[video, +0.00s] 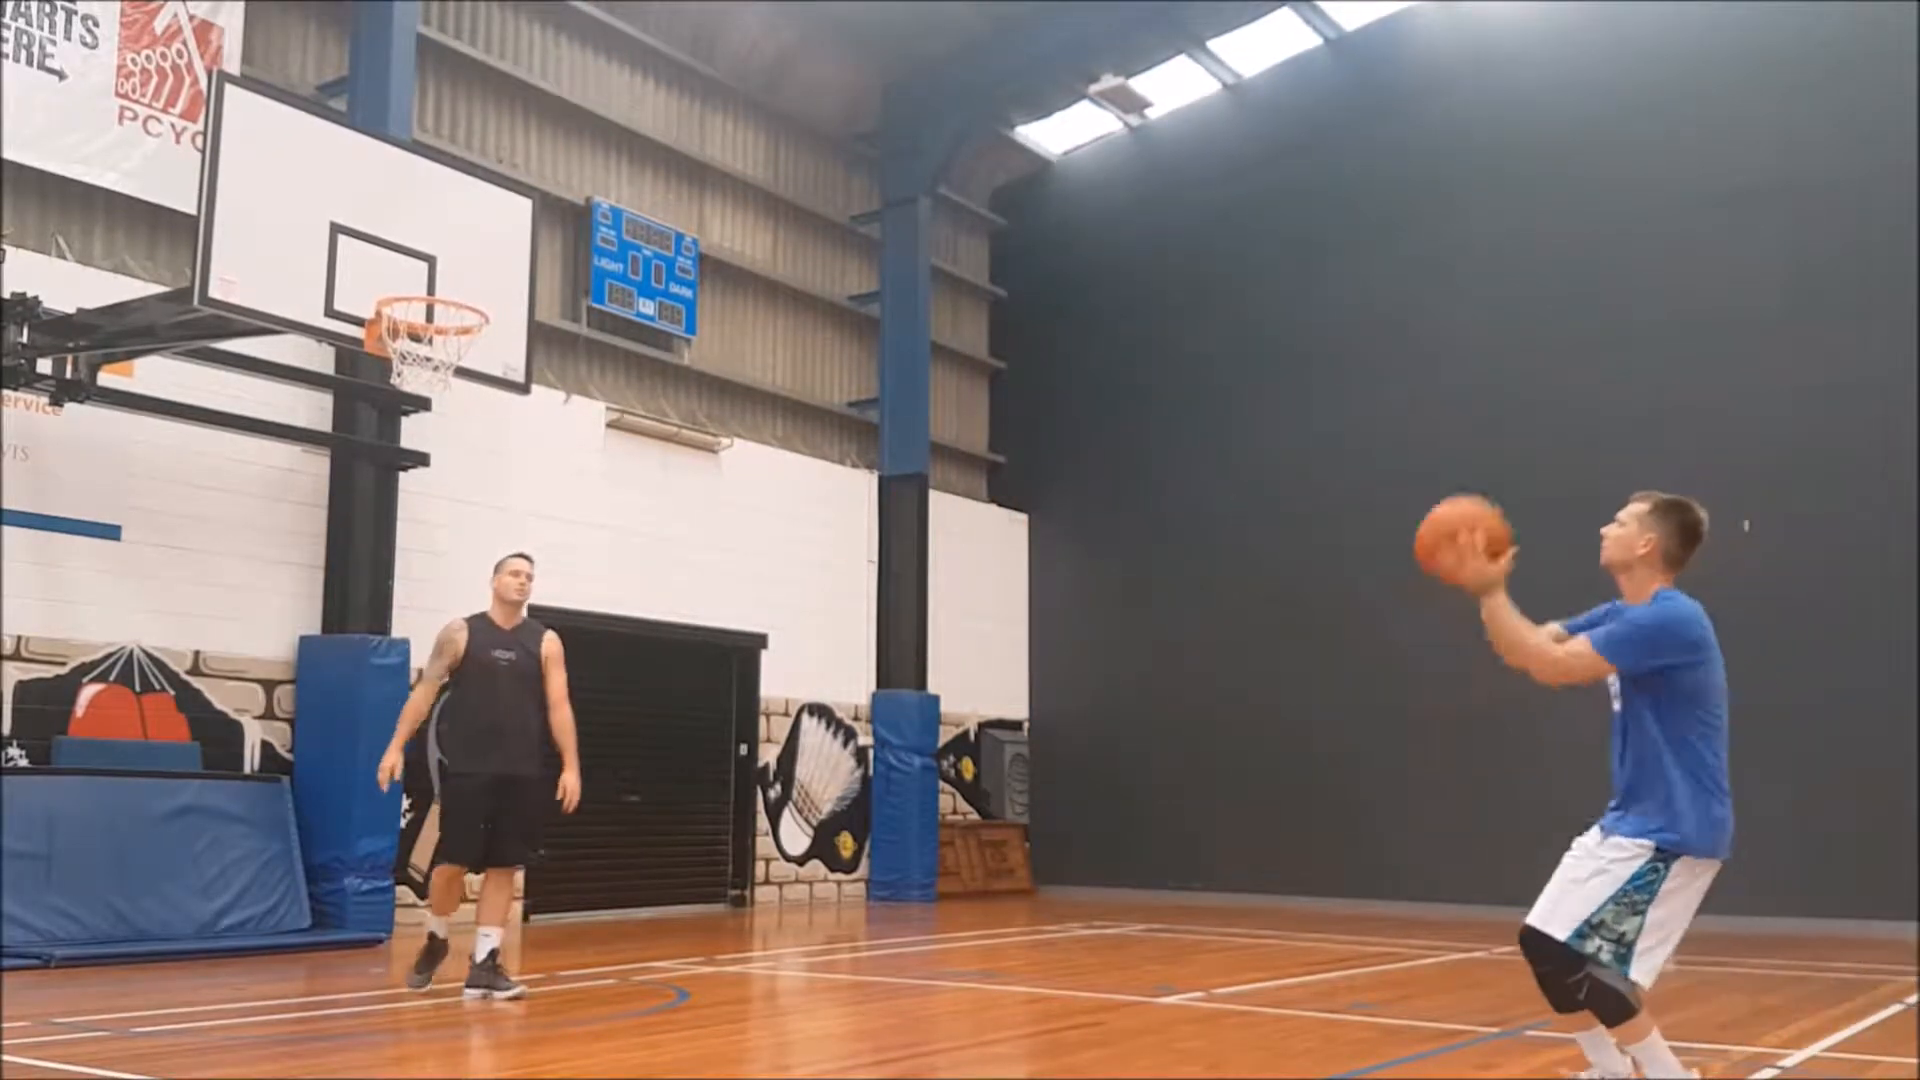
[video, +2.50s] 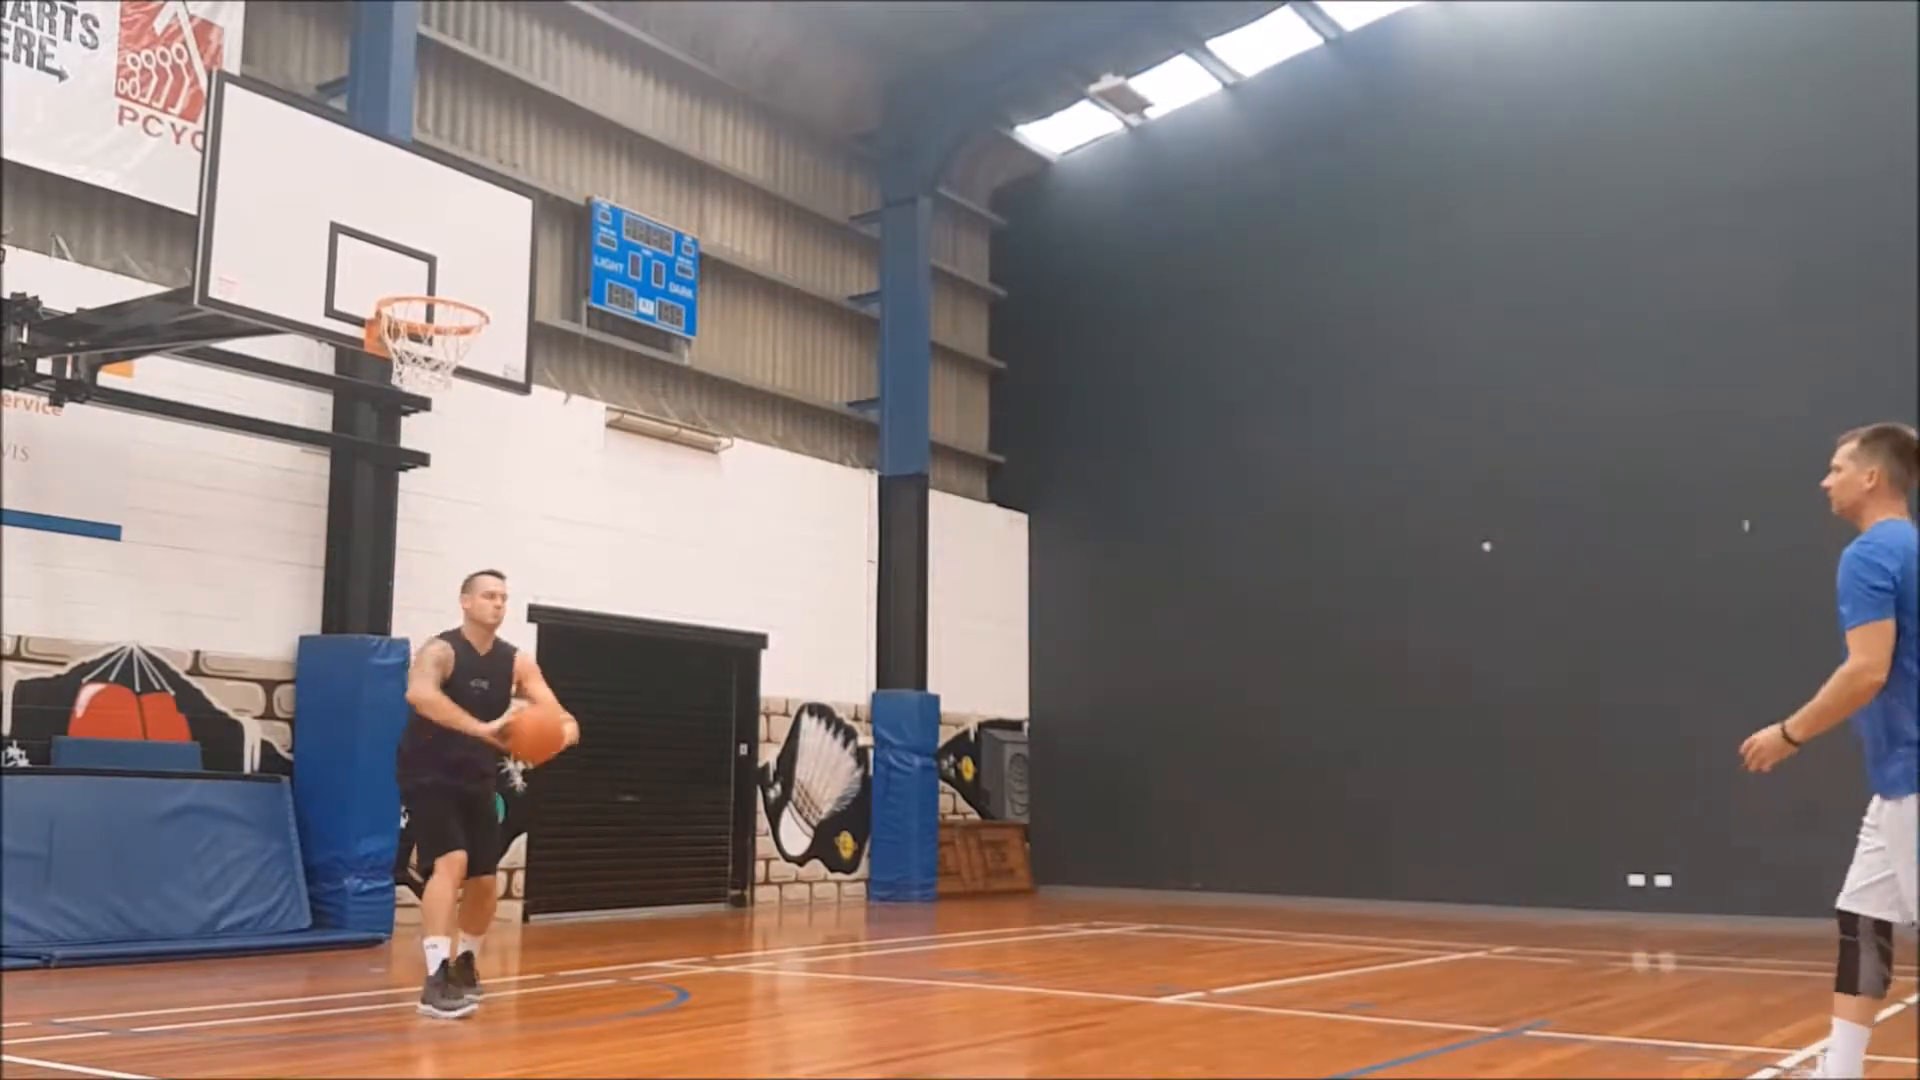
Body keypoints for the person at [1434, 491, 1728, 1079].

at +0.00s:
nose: (1603, 530)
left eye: (1616, 522)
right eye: (1611, 520)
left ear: (1646, 543)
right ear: (1644, 545)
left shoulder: (1672, 619)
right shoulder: (1623, 614)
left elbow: (1555, 665)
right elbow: (1525, 649)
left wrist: (1490, 591)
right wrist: (1486, 587)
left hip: (1677, 830)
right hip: (1630, 818)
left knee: (1584, 960)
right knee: (1544, 940)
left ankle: (1668, 1072)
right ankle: (1611, 1070)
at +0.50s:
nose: (1615, 371)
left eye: (1630, 366)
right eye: (1625, 364)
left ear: (1654, 390)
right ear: (1645, 390)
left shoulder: (1646, 447)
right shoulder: (1614, 439)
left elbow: (1542, 400)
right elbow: (1556, 360)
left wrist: (1473, 329)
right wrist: (1517, 284)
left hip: (1606, 678)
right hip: (1556, 669)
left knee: (1586, 850)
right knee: (1540, 844)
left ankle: (1612, 1018)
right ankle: (1541, 1003)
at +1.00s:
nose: (1628, 445)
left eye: (1644, 439)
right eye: (1639, 436)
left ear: (1669, 464)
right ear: (1665, 466)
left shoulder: (1673, 540)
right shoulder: (1629, 520)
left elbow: (1562, 603)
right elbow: (1570, 470)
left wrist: (1482, 551)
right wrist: (1523, 403)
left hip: (1642, 763)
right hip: (1588, 748)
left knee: (1631, 915)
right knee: (1500, 863)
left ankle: (1654, 1069)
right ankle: (1457, 1021)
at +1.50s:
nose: (1650, 450)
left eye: (1664, 444)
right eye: (1659, 442)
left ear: (1692, 469)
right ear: (1689, 472)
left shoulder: (1698, 546)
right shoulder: (1657, 531)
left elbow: (1727, 660)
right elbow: (1591, 487)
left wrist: (1738, 767)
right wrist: (1540, 432)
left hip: (1682, 771)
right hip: (1647, 763)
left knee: (1657, 924)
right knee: (1644, 918)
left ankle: (1654, 1071)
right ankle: (1748, 1055)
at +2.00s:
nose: (1717, 472)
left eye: (1728, 461)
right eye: (1722, 461)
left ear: (1762, 474)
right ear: (1767, 478)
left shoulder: (1771, 544)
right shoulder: (1792, 543)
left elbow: (1773, 654)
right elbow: (1744, 670)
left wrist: (1710, 741)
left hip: (1792, 759)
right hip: (1818, 759)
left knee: (1725, 904)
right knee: (1788, 918)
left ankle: (1772, 1066)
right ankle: (1810, 1065)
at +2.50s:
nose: (1825, 483)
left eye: (1836, 469)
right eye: (1829, 469)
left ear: (1874, 478)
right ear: (1882, 480)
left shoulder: (1872, 553)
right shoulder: (1905, 546)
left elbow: (1870, 668)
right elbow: (1872, 668)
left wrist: (1789, 733)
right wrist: (1794, 733)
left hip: (1906, 785)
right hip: (1903, 784)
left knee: (1870, 916)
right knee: (1863, 914)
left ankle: (1841, 1066)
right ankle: (1840, 1065)